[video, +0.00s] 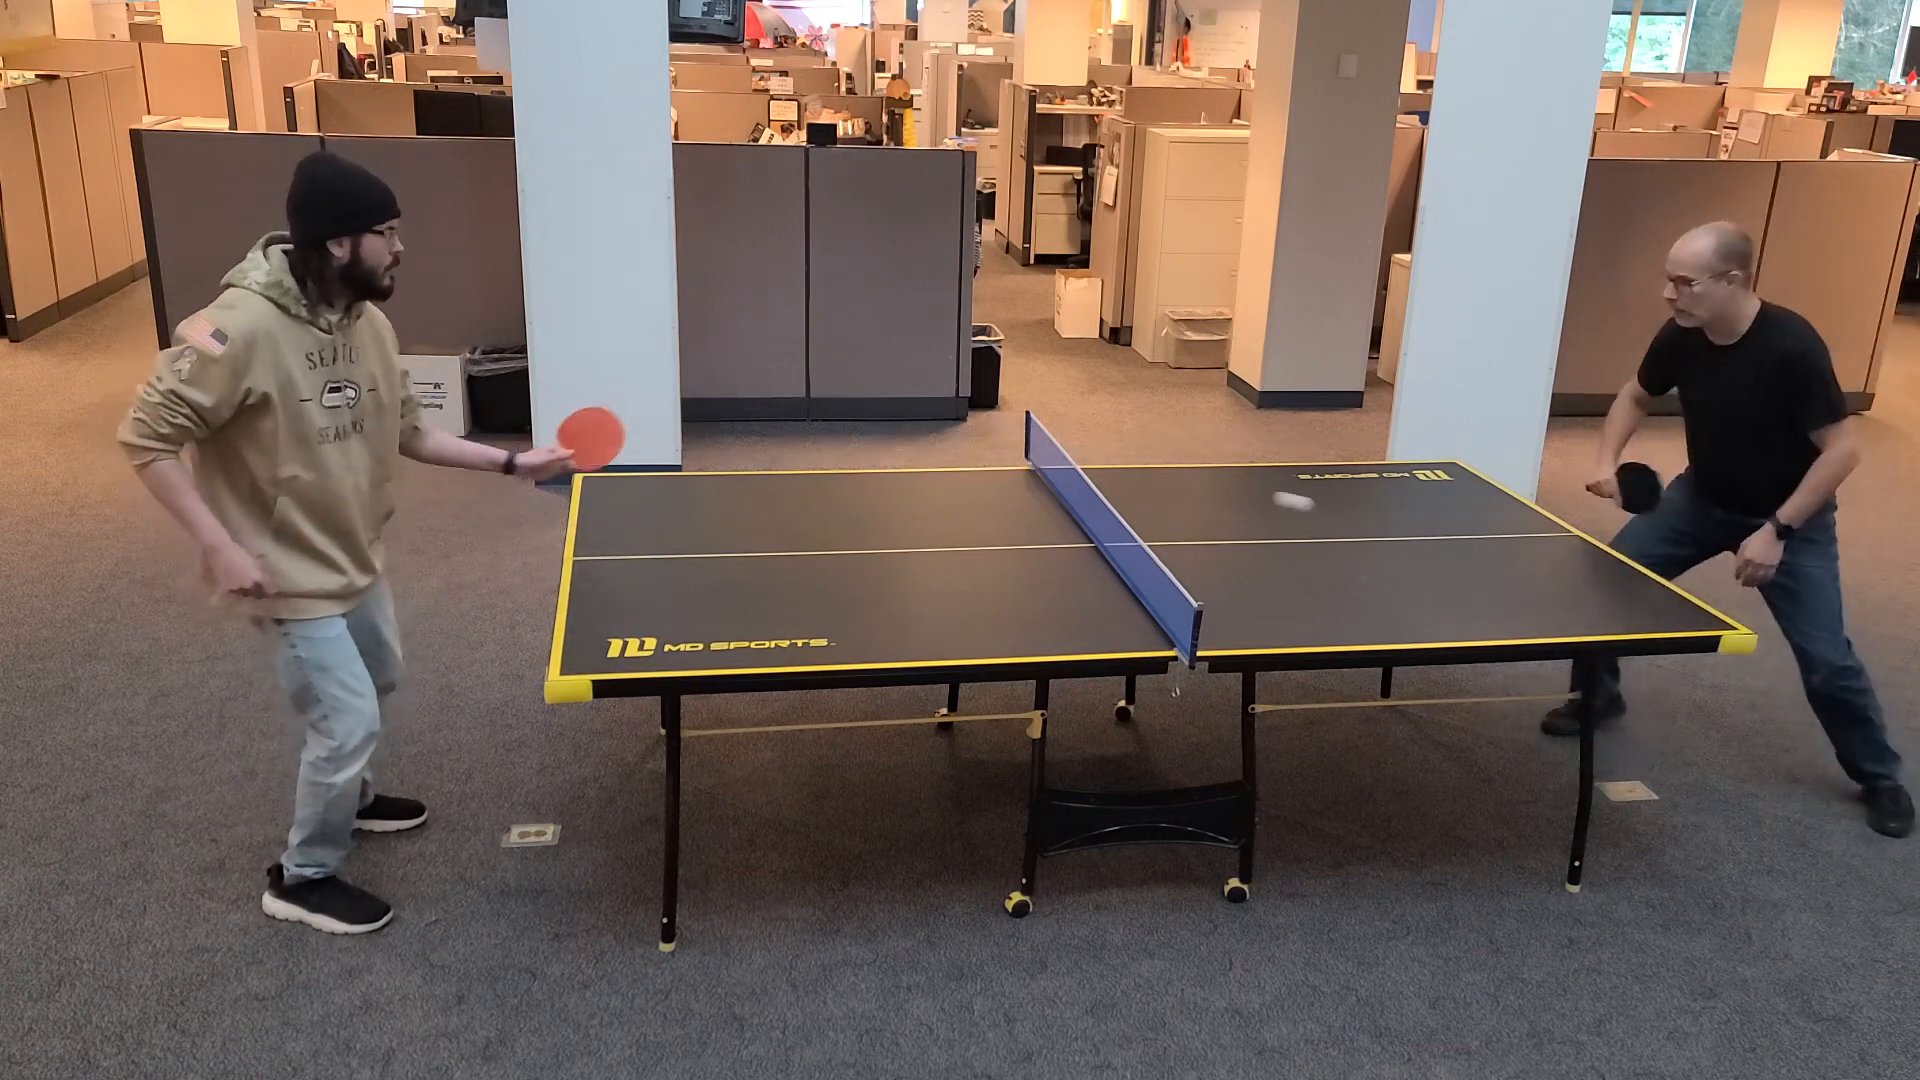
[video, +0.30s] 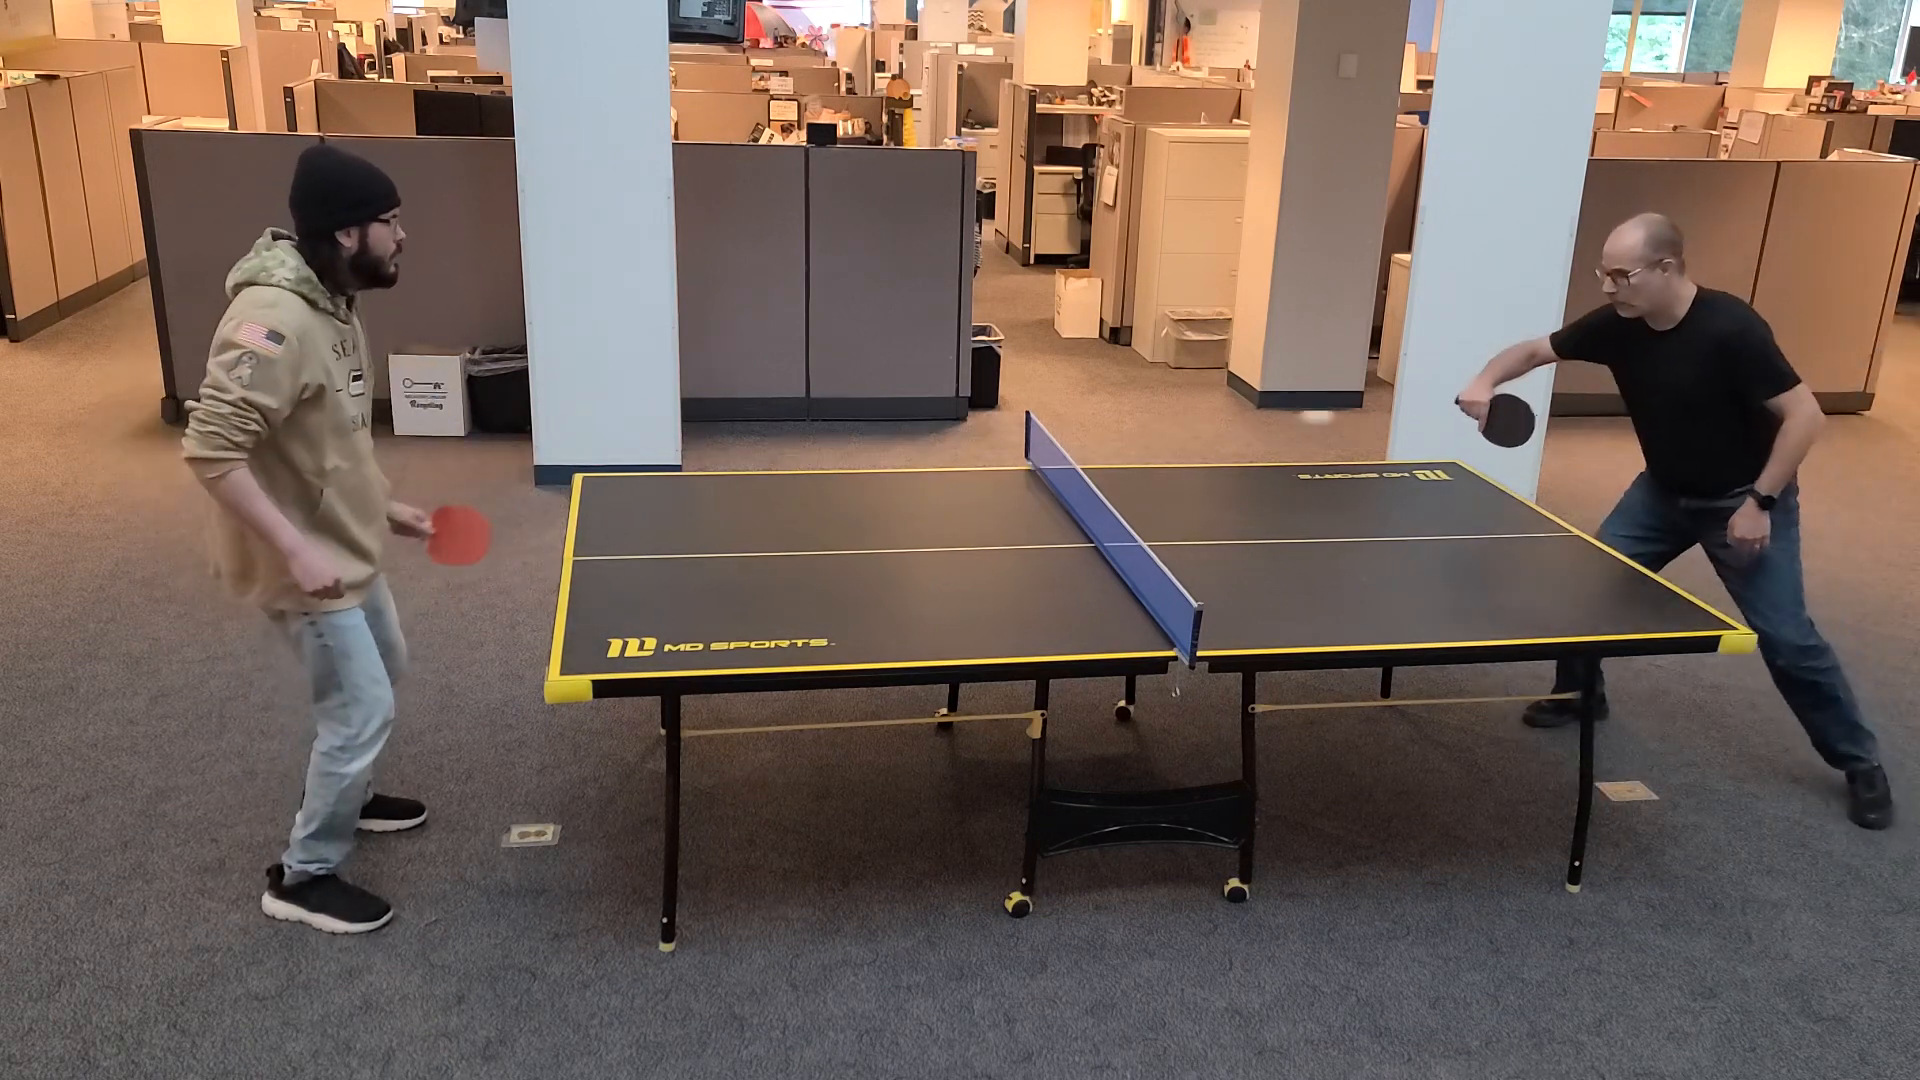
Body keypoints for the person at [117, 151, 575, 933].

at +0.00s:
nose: (397, 246)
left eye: (393, 231)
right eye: (384, 233)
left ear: (340, 243)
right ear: (336, 243)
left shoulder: (367, 323)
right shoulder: (241, 328)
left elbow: (412, 434)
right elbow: (148, 439)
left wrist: (512, 459)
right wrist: (216, 546)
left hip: (352, 557)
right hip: (286, 572)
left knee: (378, 680)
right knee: (347, 723)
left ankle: (347, 800)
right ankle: (302, 875)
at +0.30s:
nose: (402, 233)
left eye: (397, 218)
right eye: (389, 220)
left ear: (346, 232)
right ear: (345, 234)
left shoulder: (325, 297)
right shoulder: (272, 320)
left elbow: (321, 441)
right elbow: (210, 452)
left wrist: (386, 504)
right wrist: (295, 548)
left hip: (347, 543)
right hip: (301, 564)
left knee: (388, 673)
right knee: (359, 711)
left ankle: (345, 803)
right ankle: (303, 875)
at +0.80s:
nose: (404, 263)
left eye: (404, 248)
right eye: (390, 248)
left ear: (355, 255)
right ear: (337, 253)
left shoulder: (384, 345)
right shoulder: (232, 327)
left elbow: (439, 445)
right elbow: (144, 426)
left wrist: (517, 505)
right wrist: (192, 540)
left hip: (365, 561)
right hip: (281, 571)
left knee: (400, 682)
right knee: (345, 717)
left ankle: (347, 801)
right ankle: (303, 874)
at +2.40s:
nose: (406, 223)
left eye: (403, 207)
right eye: (393, 209)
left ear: (349, 219)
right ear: (346, 219)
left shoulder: (337, 286)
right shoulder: (269, 302)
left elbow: (333, 421)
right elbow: (184, 419)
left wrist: (408, 432)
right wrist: (265, 522)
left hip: (355, 536)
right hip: (303, 549)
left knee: (379, 672)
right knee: (348, 709)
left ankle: (346, 799)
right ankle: (303, 873)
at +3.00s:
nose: (384, 240)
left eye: (380, 225)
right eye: (374, 226)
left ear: (321, 232)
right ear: (336, 235)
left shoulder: (299, 297)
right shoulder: (280, 314)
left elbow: (249, 427)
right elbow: (217, 436)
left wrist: (324, 524)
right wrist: (283, 545)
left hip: (331, 540)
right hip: (301, 558)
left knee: (384, 643)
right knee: (359, 719)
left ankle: (345, 792)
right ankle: (212, 877)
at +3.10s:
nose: (363, 253)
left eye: (360, 238)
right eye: (354, 240)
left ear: (283, 241)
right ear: (319, 248)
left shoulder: (229, 309)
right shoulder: (287, 328)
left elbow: (165, 424)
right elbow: (234, 446)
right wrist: (290, 562)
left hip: (302, 560)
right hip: (291, 574)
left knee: (373, 656)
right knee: (330, 746)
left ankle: (341, 796)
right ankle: (169, 913)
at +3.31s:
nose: (300, 276)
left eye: (296, 261)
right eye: (294, 263)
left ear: (212, 264)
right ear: (269, 271)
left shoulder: (178, 347)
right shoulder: (248, 360)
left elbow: (137, 455)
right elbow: (231, 489)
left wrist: (210, 528)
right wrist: (307, 590)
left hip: (219, 589)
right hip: (246, 603)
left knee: (309, 676)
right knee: (271, 797)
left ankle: (333, 797)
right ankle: (138, 981)